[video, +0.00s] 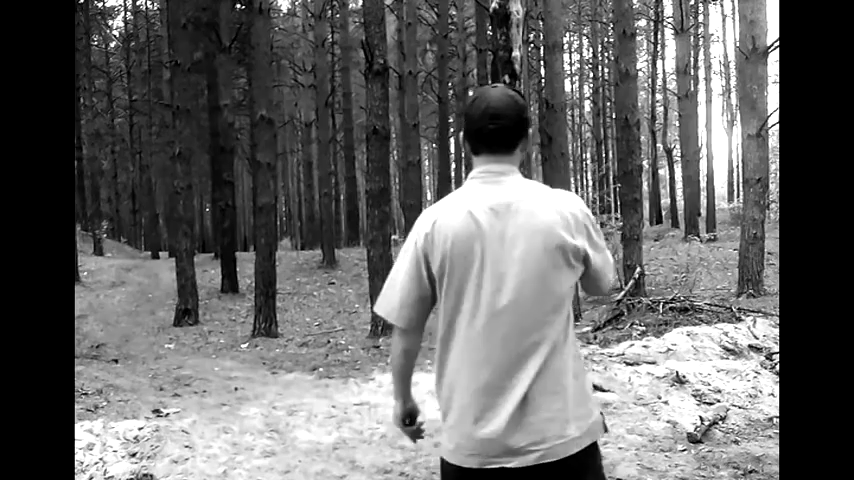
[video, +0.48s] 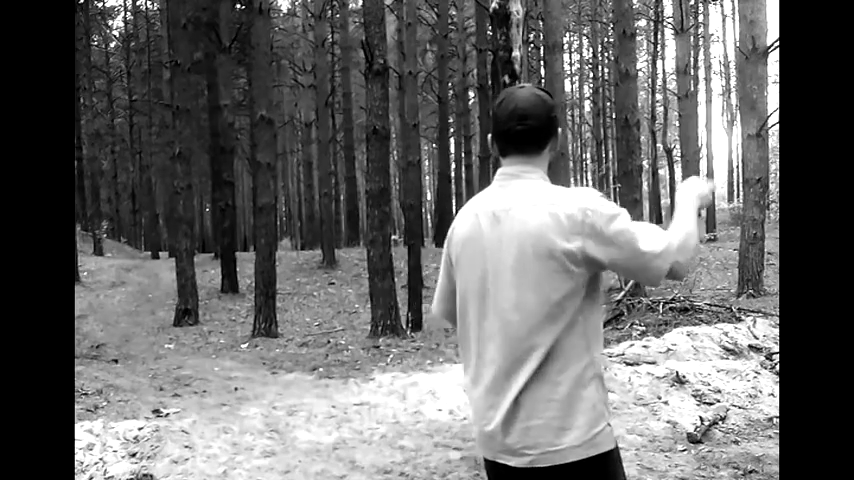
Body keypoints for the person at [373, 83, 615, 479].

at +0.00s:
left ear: (465, 143)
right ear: (526, 138)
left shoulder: (435, 222)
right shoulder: (566, 209)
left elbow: (406, 328)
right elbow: (602, 285)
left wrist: (403, 399)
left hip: (472, 444)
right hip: (565, 442)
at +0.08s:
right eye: (539, 133)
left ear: (475, 142)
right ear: (537, 139)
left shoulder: (444, 220)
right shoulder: (575, 208)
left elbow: (418, 328)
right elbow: (614, 282)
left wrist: (422, 398)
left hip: (483, 444)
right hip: (573, 441)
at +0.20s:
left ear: (487, 137)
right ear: (551, 133)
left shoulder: (456, 217)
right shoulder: (586, 205)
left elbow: (435, 325)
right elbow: (635, 281)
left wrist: (456, 392)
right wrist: (626, 223)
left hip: (493, 438)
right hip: (580, 436)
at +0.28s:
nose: (561, 134)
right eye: (560, 126)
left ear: (491, 137)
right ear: (556, 133)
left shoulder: (459, 215)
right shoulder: (589, 204)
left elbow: (438, 321)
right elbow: (643, 280)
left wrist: (477, 387)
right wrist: (640, 222)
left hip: (495, 439)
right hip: (581, 438)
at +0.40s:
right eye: (560, 127)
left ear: (494, 140)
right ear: (557, 136)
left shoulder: (464, 217)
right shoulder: (583, 207)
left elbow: (441, 313)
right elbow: (663, 269)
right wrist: (675, 220)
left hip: (497, 442)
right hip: (578, 441)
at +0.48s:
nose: (561, 140)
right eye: (561, 132)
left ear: (493, 145)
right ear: (556, 141)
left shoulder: (466, 219)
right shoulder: (575, 210)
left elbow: (448, 314)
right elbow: (676, 258)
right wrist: (688, 197)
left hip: (496, 444)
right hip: (572, 444)